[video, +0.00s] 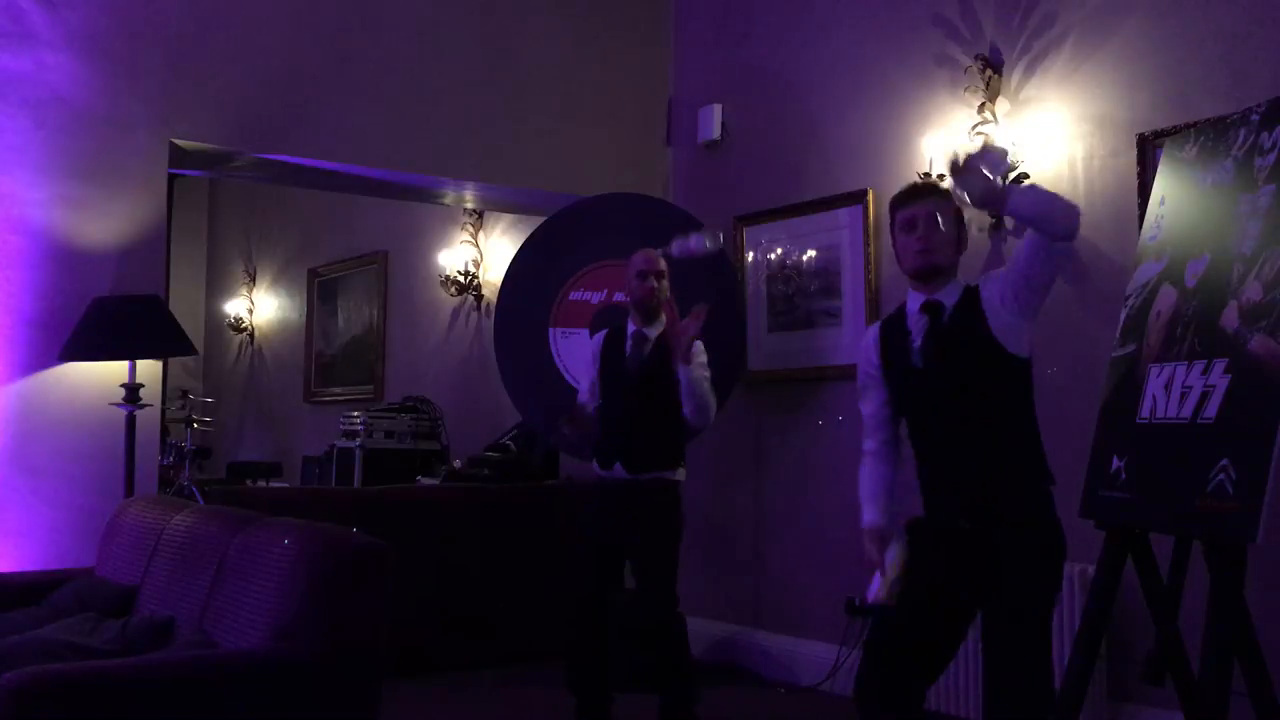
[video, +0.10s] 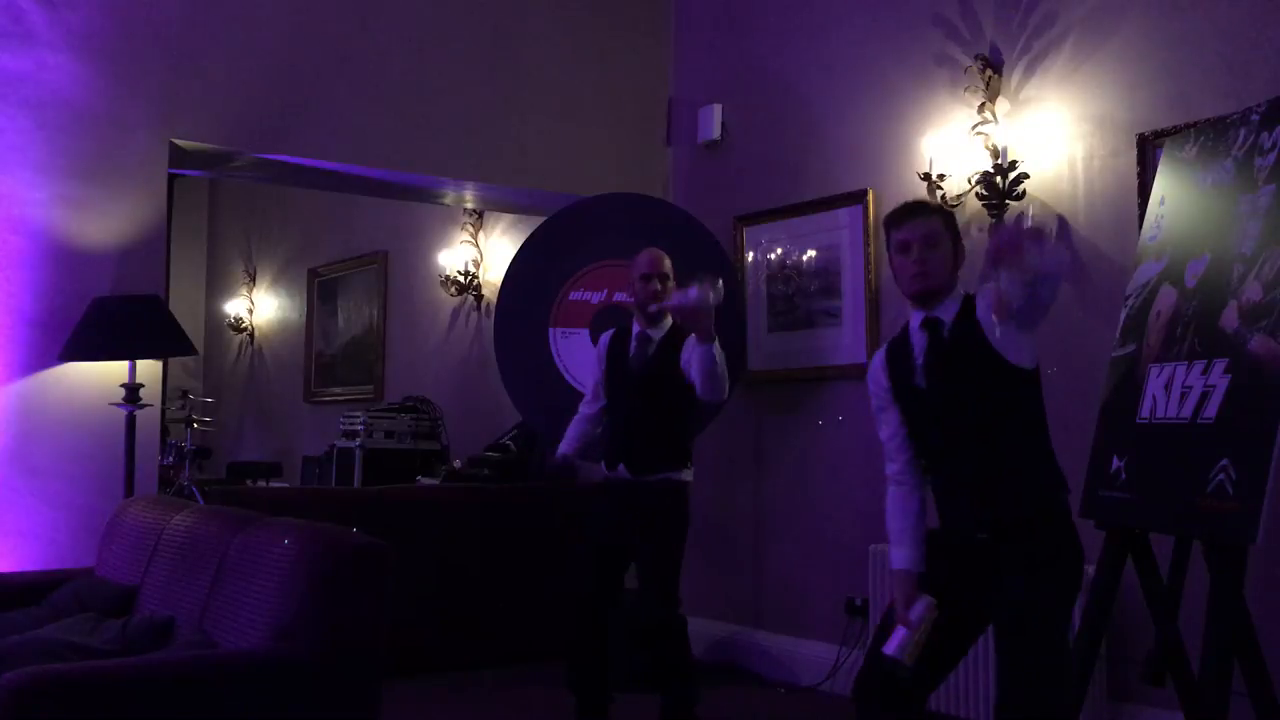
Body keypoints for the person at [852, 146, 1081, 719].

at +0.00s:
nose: (924, 236)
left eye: (937, 223)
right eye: (909, 227)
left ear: (960, 237)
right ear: (893, 248)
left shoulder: (1003, 300)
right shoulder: (881, 341)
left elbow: (1063, 222)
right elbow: (878, 444)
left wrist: (997, 194)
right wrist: (877, 537)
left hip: (1020, 528)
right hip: (941, 536)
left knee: (1016, 697)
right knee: (881, 690)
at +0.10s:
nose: (918, 261)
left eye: (931, 246)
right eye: (904, 250)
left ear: (957, 255)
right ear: (891, 265)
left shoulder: (996, 313)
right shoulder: (888, 365)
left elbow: (1029, 296)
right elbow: (901, 475)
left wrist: (1031, 260)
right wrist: (904, 575)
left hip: (1037, 543)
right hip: (962, 550)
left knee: (1029, 704)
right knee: (881, 691)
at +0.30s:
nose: (930, 276)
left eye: (943, 258)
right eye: (918, 263)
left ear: (978, 260)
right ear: (909, 272)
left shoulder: (1027, 319)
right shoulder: (911, 366)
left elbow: (987, 395)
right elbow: (923, 475)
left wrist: (882, 410)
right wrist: (940, 561)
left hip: (1045, 554)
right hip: (968, 559)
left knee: (1033, 709)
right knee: (880, 696)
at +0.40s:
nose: (939, 269)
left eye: (954, 252)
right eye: (929, 257)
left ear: (991, 255)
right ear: (922, 263)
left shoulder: (1032, 322)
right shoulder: (918, 355)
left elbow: (952, 415)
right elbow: (923, 448)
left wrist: (840, 428)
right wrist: (923, 490)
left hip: (1040, 552)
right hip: (967, 553)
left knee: (1025, 707)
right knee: (885, 692)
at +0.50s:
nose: (942, 259)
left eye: (958, 242)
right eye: (933, 246)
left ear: (998, 247)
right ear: (927, 251)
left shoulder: (1028, 320)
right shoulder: (928, 341)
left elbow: (942, 420)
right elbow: (922, 470)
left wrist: (841, 433)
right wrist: (914, 455)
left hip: (1034, 548)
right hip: (965, 545)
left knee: (1013, 705)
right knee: (886, 689)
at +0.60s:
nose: (938, 244)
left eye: (954, 228)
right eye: (934, 231)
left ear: (1001, 236)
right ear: (931, 237)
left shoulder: (1025, 316)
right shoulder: (936, 329)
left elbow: (959, 427)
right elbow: (931, 425)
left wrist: (844, 465)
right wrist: (916, 487)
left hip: (1024, 544)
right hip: (958, 540)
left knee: (1005, 702)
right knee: (888, 686)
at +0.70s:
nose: (933, 230)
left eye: (950, 218)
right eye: (934, 219)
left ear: (999, 230)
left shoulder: (1021, 314)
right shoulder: (944, 315)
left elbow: (985, 437)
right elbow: (938, 416)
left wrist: (875, 500)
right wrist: (880, 442)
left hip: (1014, 532)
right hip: (954, 526)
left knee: (998, 694)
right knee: (892, 681)